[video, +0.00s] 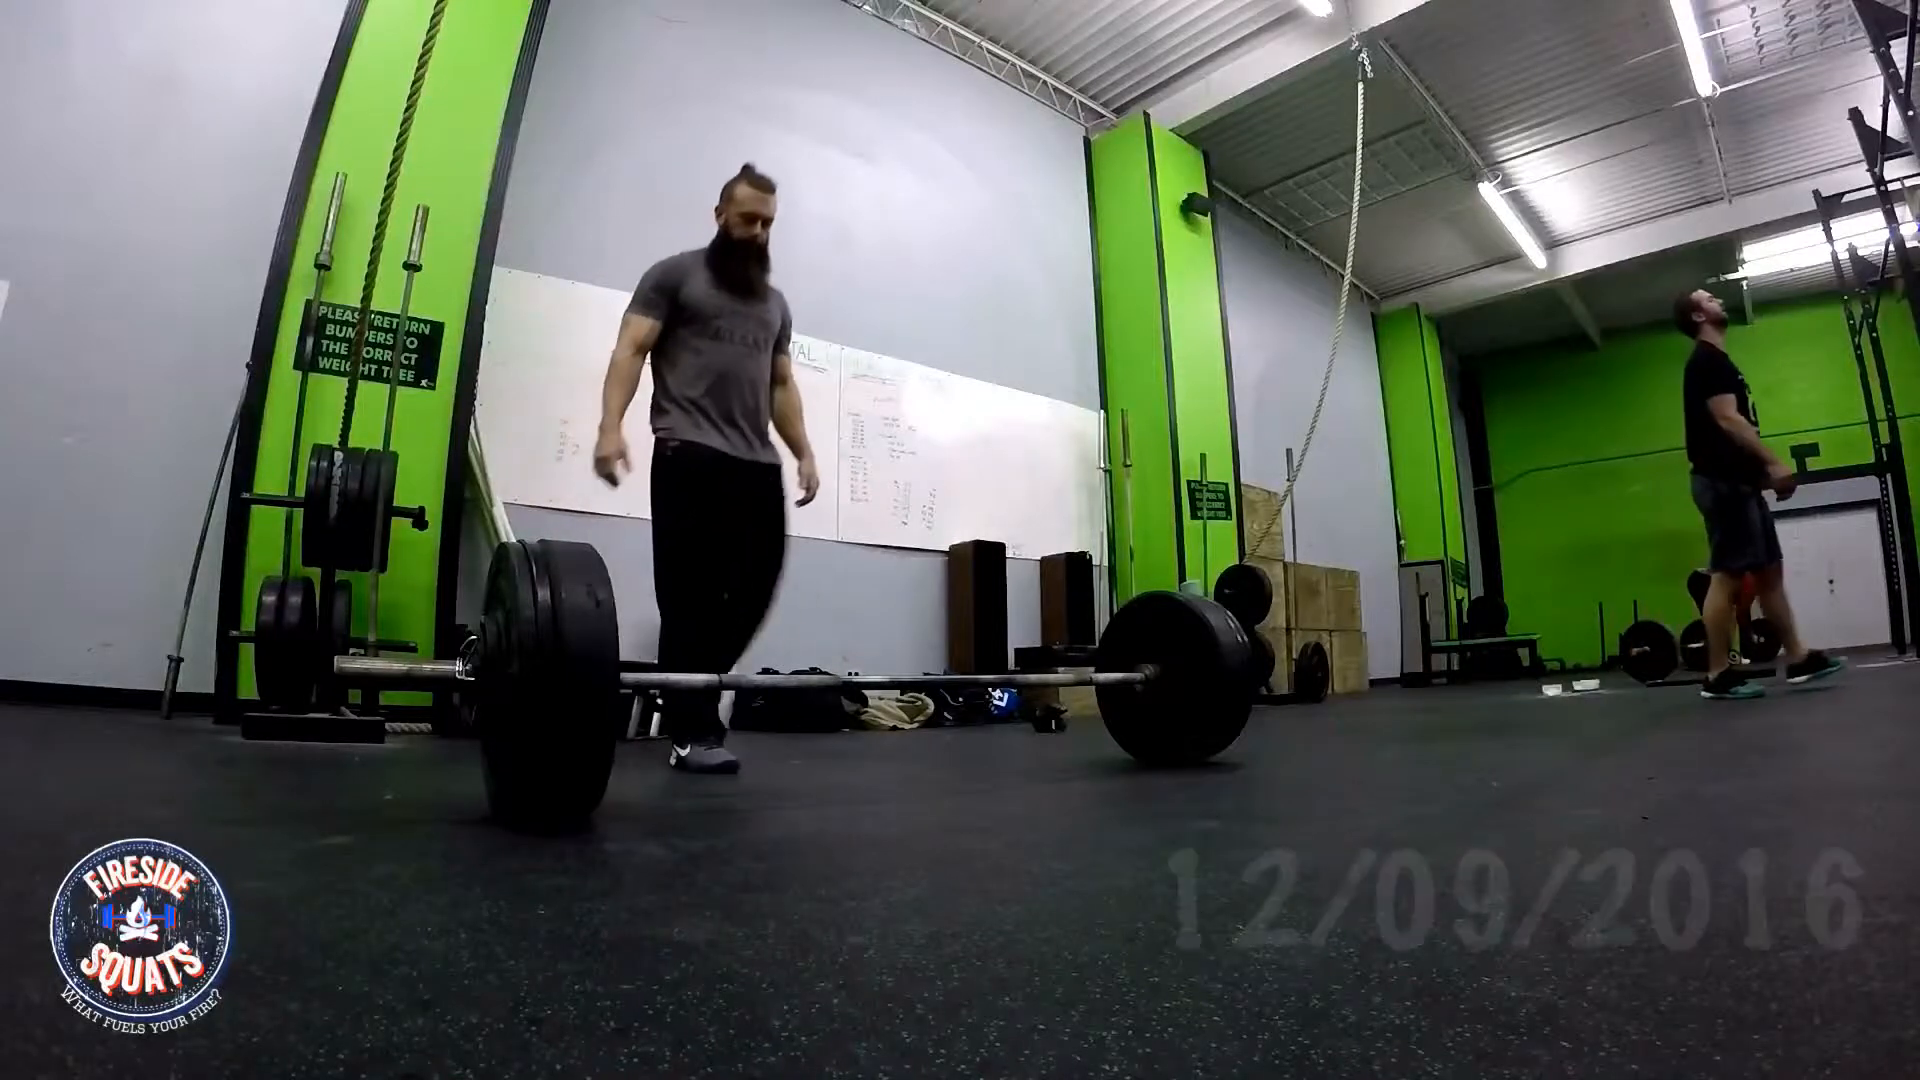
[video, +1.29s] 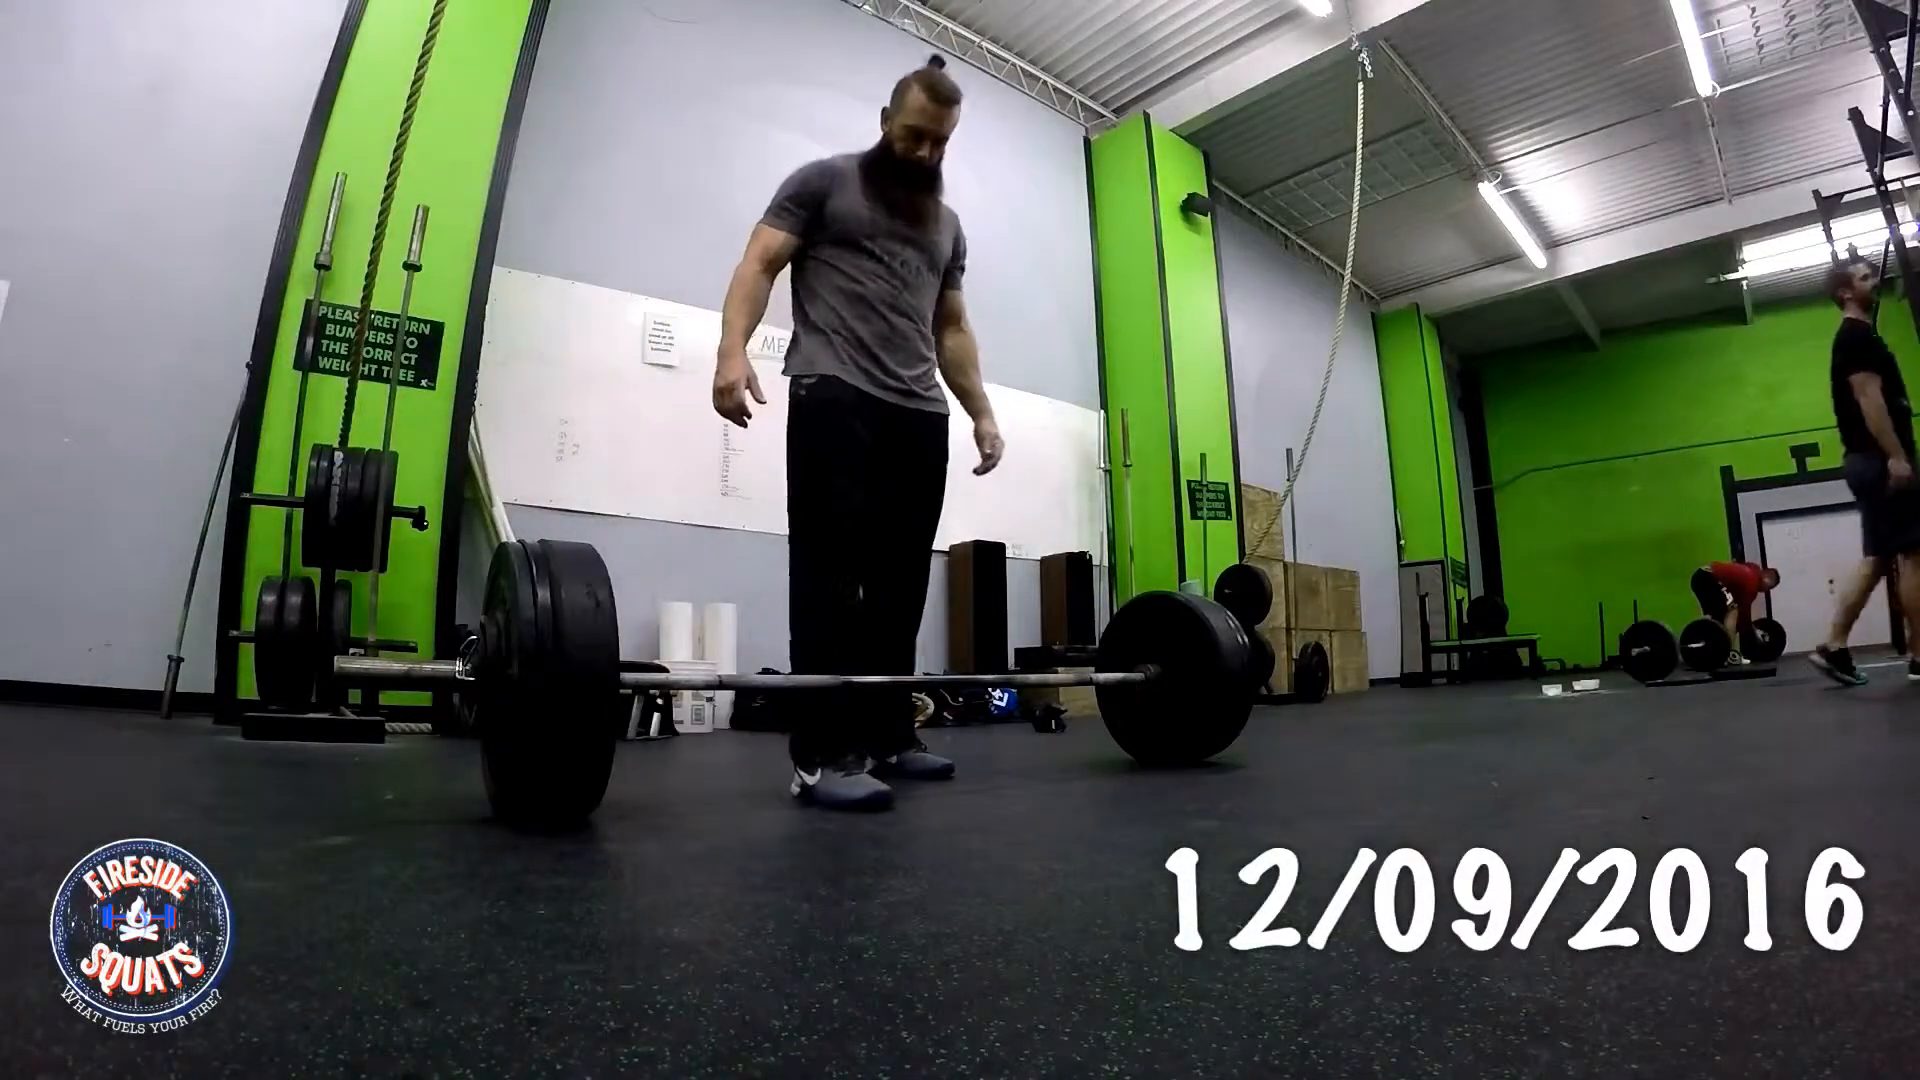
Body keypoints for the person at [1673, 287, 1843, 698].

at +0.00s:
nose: (1719, 300)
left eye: (1713, 295)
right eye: (1710, 297)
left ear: (1702, 316)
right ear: (1699, 314)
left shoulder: (1718, 360)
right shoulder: (1706, 360)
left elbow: (1731, 425)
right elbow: (1728, 419)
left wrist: (1758, 473)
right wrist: (1773, 461)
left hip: (1739, 481)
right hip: (1721, 483)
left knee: (1768, 570)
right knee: (1726, 575)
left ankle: (1796, 657)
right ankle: (1719, 671)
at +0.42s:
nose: (1769, 303)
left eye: (1765, 298)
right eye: (1761, 300)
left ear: (1751, 315)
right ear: (1748, 313)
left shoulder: (1762, 356)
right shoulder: (1757, 355)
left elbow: (1770, 414)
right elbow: (1769, 406)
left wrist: (1797, 462)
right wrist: (1802, 454)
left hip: (1787, 472)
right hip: (1775, 473)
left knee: (1808, 568)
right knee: (1784, 563)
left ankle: (1819, 664)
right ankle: (1733, 657)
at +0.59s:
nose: (1790, 302)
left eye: (1788, 298)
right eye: (1782, 299)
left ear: (1775, 313)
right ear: (1765, 313)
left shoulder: (1785, 357)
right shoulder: (1771, 352)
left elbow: (1803, 427)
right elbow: (1792, 397)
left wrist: (1838, 473)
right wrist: (1844, 403)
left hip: (1804, 472)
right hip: (1796, 473)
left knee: (1816, 566)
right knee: (1833, 555)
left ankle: (1819, 662)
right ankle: (1778, 641)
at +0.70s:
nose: (1799, 303)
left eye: (1797, 298)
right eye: (1790, 300)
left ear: (1788, 312)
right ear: (1773, 313)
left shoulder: (1794, 356)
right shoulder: (1778, 351)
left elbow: (1816, 429)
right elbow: (1802, 392)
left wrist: (1853, 469)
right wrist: (1854, 388)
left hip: (1807, 472)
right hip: (1807, 472)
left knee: (1815, 566)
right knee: (1846, 555)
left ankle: (1819, 662)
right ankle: (1824, 659)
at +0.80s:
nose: (1809, 302)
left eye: (1807, 297)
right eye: (1801, 299)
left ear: (1792, 311)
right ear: (1783, 311)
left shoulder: (1801, 356)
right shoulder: (1787, 351)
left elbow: (1822, 433)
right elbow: (1812, 393)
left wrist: (1866, 466)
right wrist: (1865, 391)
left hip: (1813, 473)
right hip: (1817, 472)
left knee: (1821, 568)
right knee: (1857, 556)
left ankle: (1819, 664)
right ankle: (1867, 658)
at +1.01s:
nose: (1830, 300)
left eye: (1829, 294)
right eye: (1821, 296)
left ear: (1818, 308)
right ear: (1804, 309)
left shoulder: (1813, 349)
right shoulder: (1815, 349)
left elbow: (1833, 410)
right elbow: (1829, 403)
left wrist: (1868, 445)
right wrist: (1867, 449)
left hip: (1824, 467)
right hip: (1840, 466)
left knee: (1831, 563)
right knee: (1890, 553)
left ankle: (1820, 662)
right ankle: (1914, 651)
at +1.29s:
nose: (1872, 279)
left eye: (1869, 274)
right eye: (1864, 277)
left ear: (1851, 293)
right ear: (1847, 292)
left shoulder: (1855, 334)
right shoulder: (1856, 336)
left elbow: (1868, 400)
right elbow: (1869, 400)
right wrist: (1896, 455)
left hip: (1868, 459)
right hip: (1882, 459)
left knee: (1876, 558)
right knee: (1909, 557)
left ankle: (1834, 646)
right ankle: (1916, 653)